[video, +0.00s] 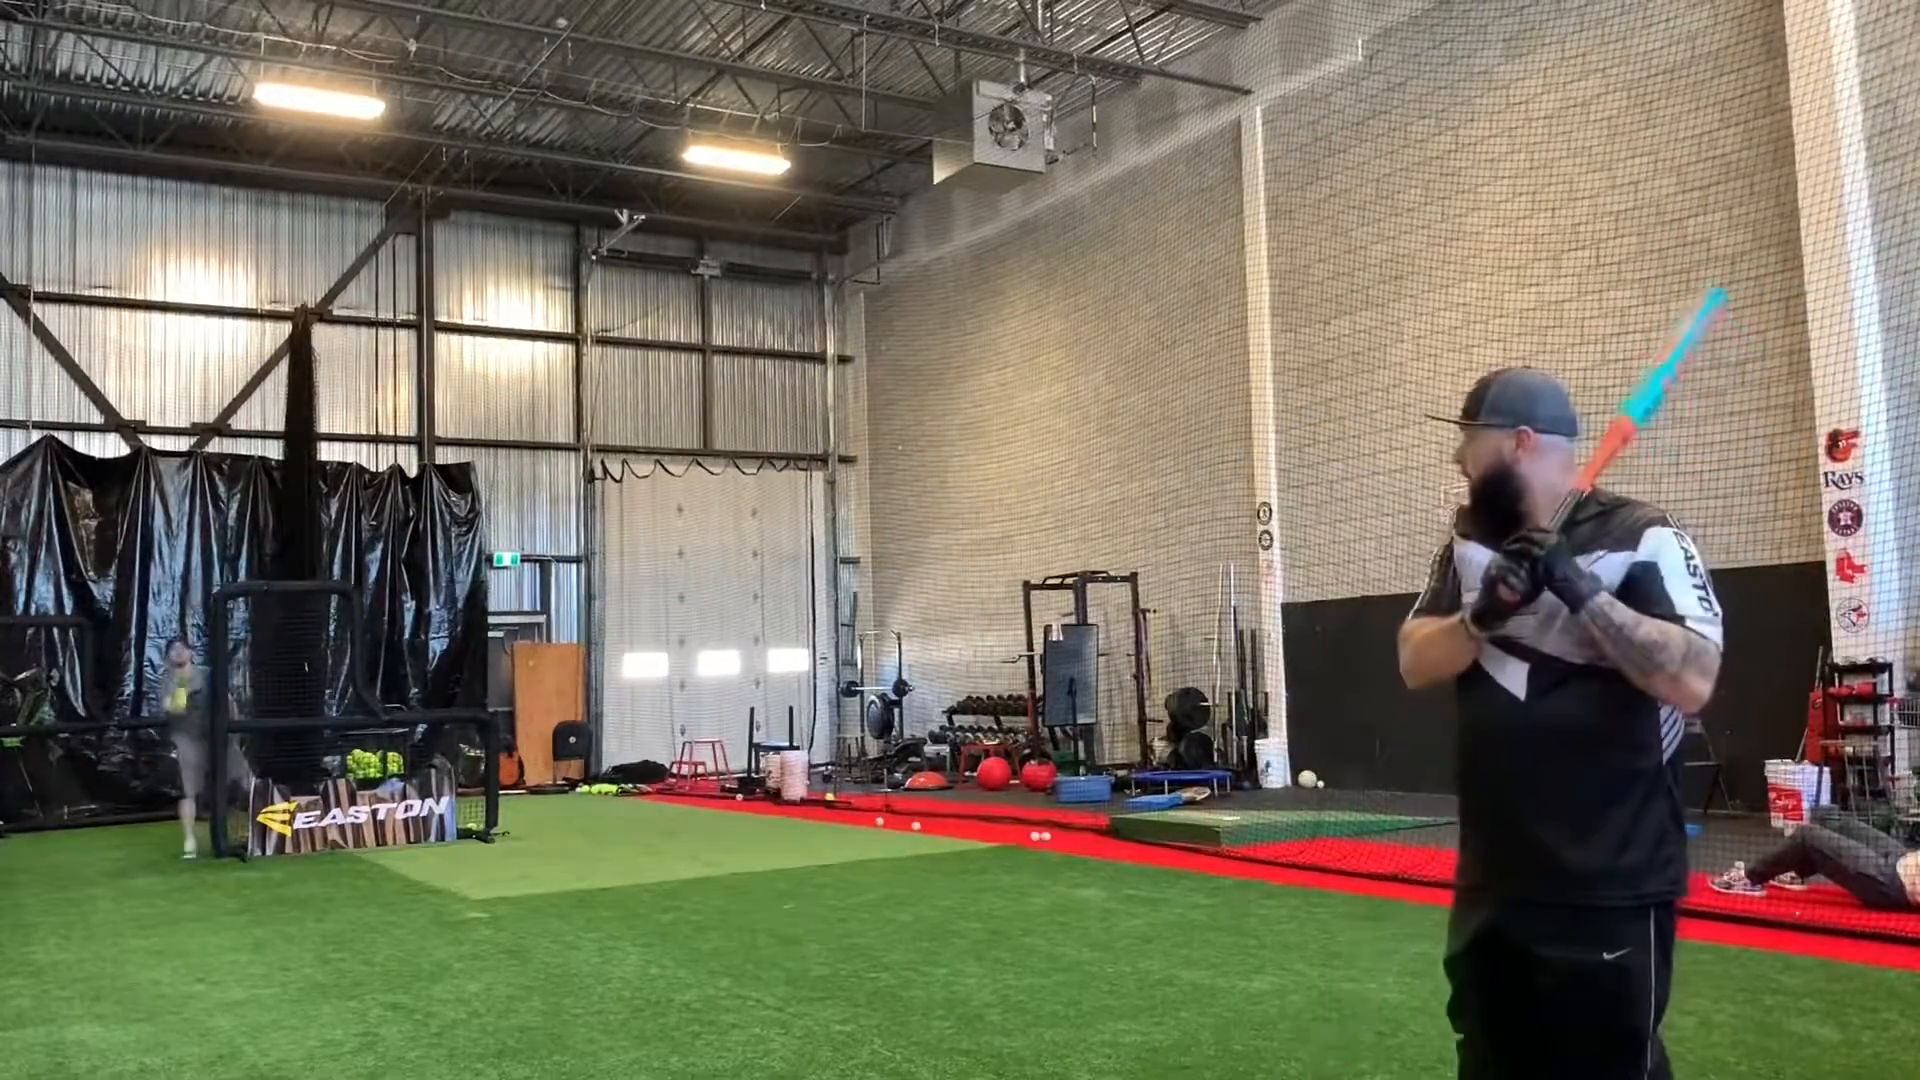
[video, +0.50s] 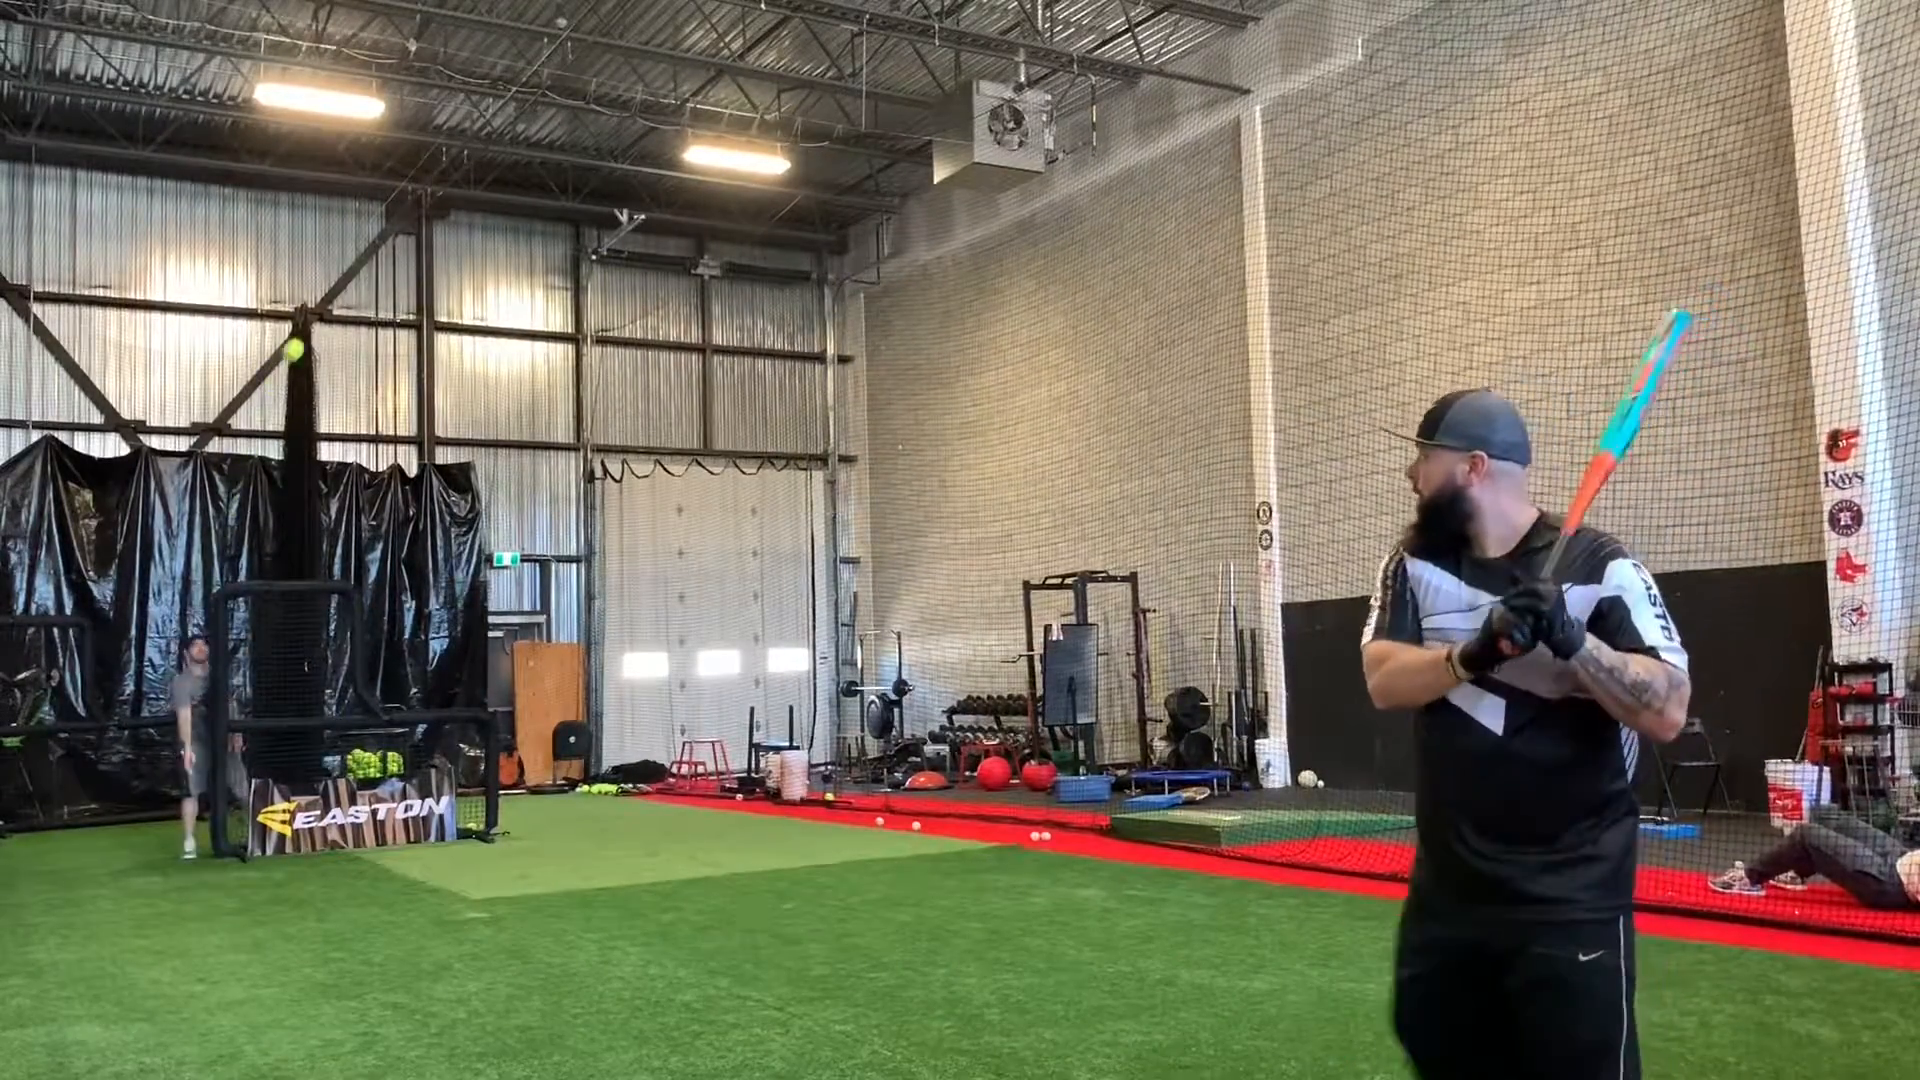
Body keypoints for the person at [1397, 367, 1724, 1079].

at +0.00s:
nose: (1459, 457)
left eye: (1469, 439)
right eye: (1461, 441)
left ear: (1522, 441)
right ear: (1519, 445)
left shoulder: (1645, 538)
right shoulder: (1470, 544)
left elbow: (1692, 681)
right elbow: (1415, 663)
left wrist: (1581, 590)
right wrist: (1479, 620)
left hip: (1609, 881)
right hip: (1493, 872)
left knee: (1610, 1059)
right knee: (1491, 1059)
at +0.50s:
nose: (1411, 475)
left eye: (1425, 458)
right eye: (1416, 458)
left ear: (1476, 465)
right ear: (1473, 467)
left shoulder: (1602, 567)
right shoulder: (1415, 566)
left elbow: (1667, 713)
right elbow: (1382, 682)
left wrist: (1575, 642)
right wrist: (1475, 653)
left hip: (1570, 901)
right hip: (1450, 890)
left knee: (1579, 1064)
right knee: (1440, 1050)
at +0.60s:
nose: (1394, 490)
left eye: (1406, 473)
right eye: (1399, 474)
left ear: (1456, 482)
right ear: (1454, 483)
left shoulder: (1590, 583)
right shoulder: (1398, 580)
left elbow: (1663, 722)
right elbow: (1381, 699)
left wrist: (1580, 678)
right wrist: (1478, 689)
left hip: (1558, 874)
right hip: (1431, 859)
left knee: (1583, 1062)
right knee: (1362, 998)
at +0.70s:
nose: (1372, 506)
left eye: (1383, 489)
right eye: (1375, 490)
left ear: (1431, 503)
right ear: (1428, 505)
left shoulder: (1566, 599)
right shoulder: (1373, 599)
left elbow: (1648, 733)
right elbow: (1369, 717)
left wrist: (1572, 708)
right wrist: (1465, 725)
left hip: (1532, 864)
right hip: (1406, 847)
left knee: (1558, 1058)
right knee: (1303, 946)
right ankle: (1343, 1070)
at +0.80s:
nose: (1340, 522)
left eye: (1351, 508)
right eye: (1343, 508)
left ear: (1398, 523)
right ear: (1395, 524)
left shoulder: (1528, 611)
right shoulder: (1340, 614)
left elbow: (1617, 738)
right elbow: (1346, 730)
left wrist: (1549, 723)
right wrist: (1448, 745)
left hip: (1505, 863)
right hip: (1379, 848)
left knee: (1536, 1056)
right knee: (1260, 926)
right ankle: (1273, 1070)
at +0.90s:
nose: (1299, 538)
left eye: (1311, 524)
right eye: (1303, 525)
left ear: (1356, 538)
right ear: (1352, 540)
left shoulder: (1478, 616)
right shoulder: (1302, 619)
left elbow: (1579, 733)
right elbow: (1312, 716)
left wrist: (1519, 697)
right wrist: (1428, 712)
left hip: (1467, 868)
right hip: (1347, 857)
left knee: (1511, 1052)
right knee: (1224, 946)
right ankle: (1210, 1070)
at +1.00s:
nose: (1251, 558)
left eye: (1264, 547)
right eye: (1255, 546)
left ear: (1308, 558)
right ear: (1305, 558)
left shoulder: (1425, 634)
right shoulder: (1255, 622)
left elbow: (1534, 718)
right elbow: (1270, 674)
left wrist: (1480, 629)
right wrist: (1394, 628)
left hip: (1413, 887)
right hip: (1305, 879)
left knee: (1459, 1055)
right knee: (1211, 984)